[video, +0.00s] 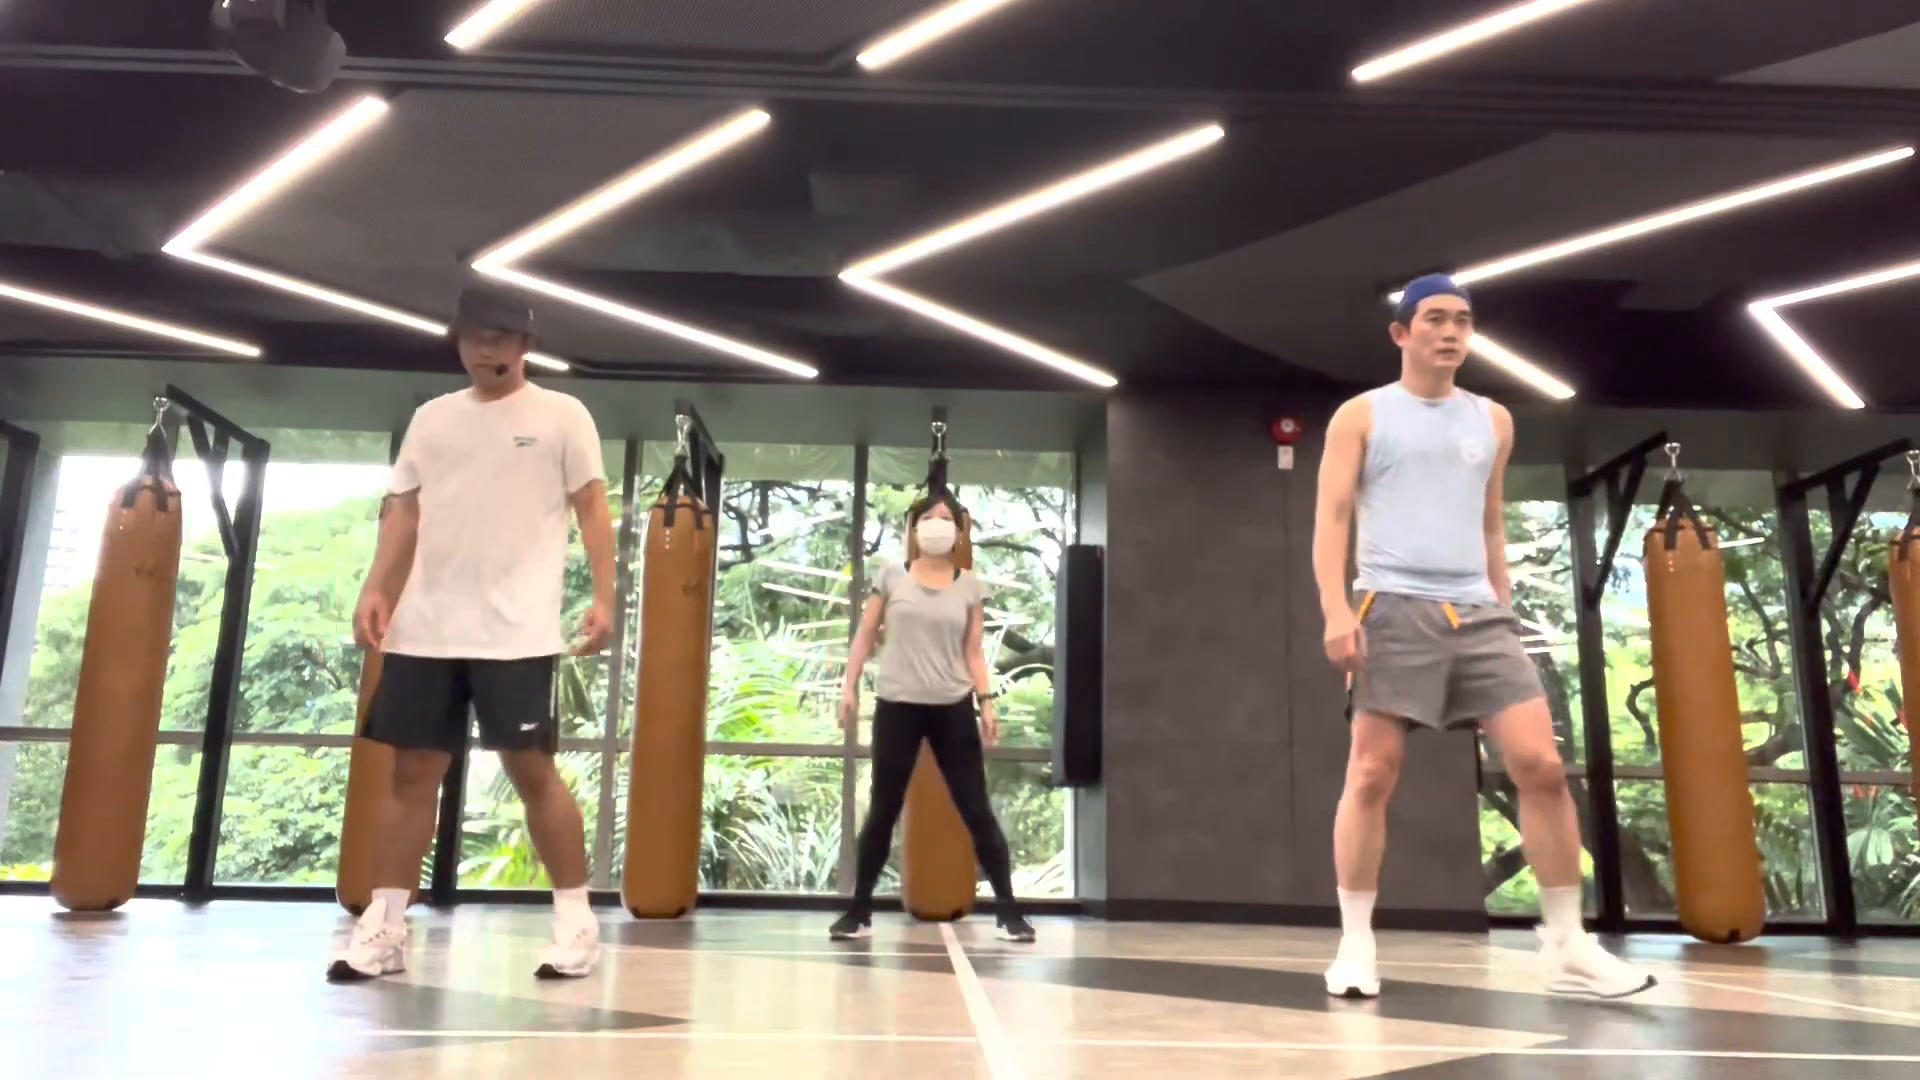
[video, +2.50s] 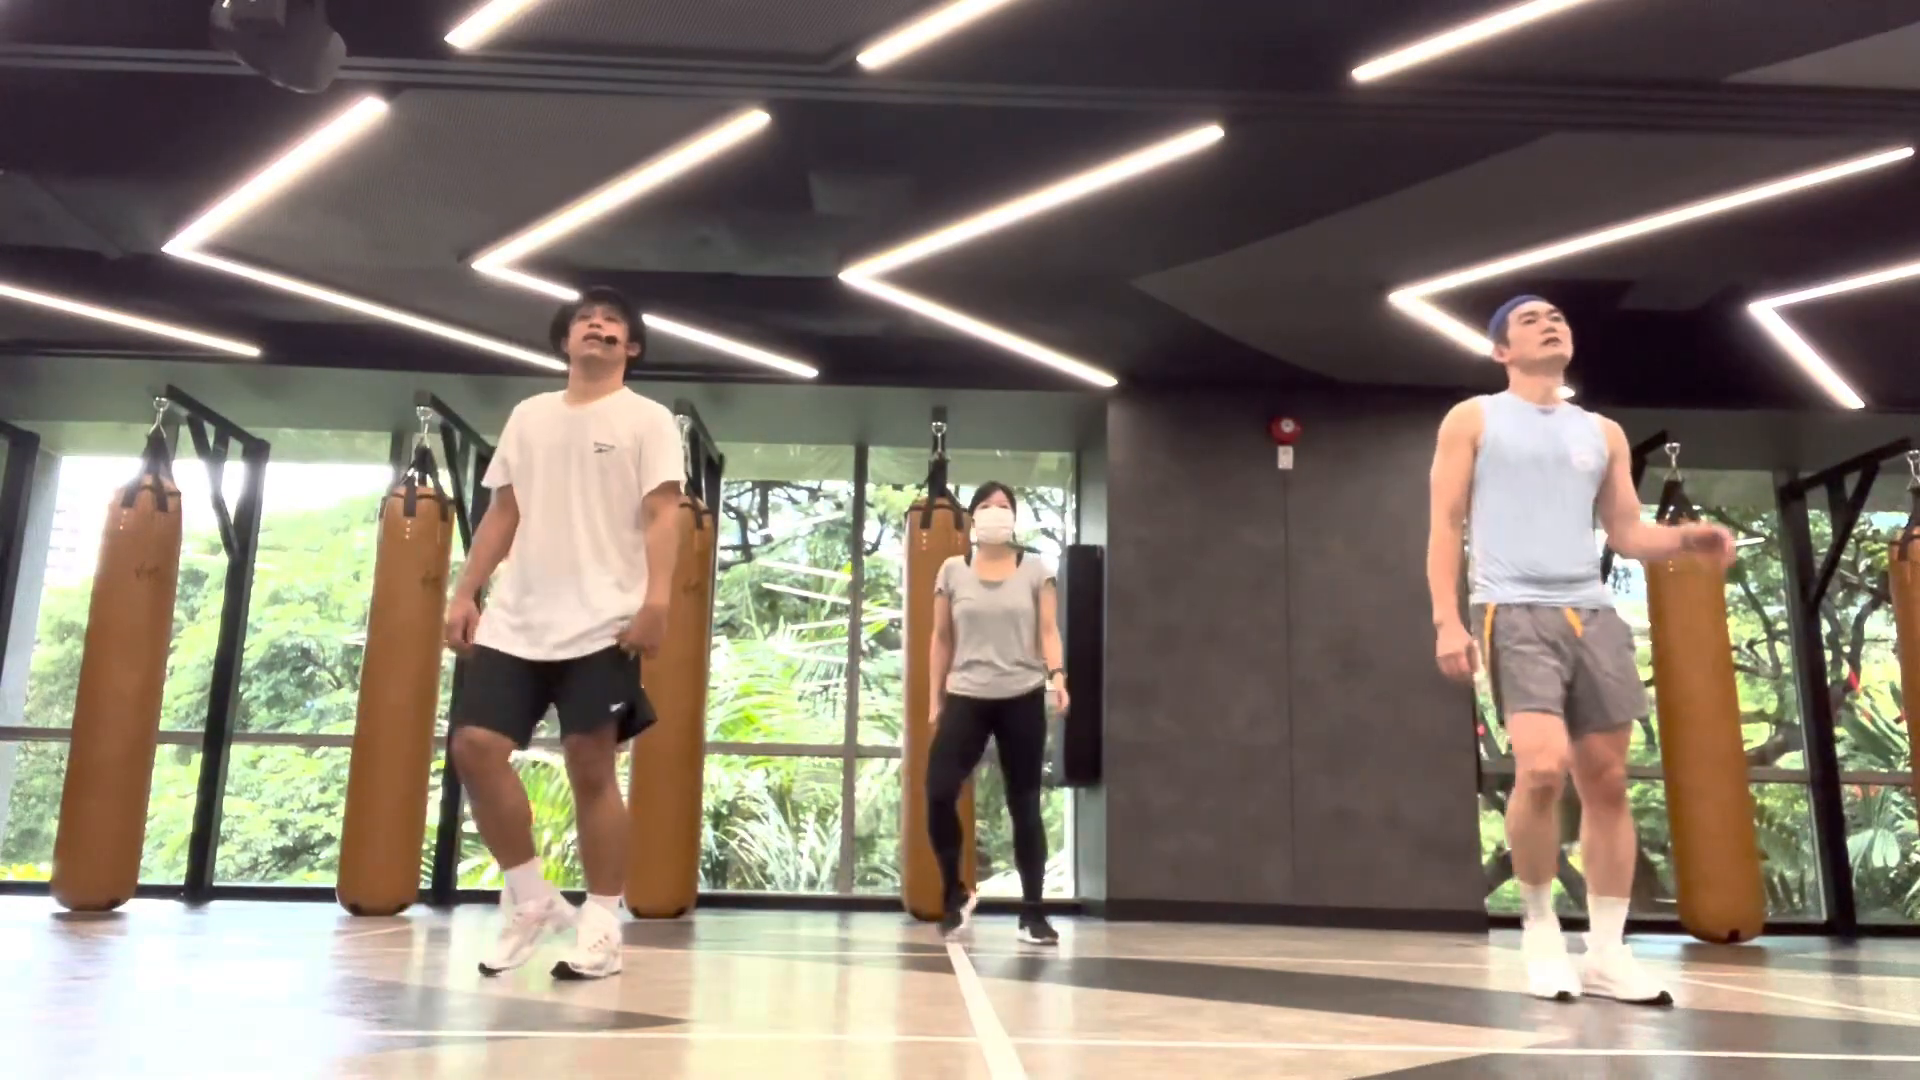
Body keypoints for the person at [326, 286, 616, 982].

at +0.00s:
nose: (491, 350)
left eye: (504, 336)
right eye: (478, 337)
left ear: (527, 342)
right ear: (458, 342)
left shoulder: (563, 416)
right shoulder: (429, 421)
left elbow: (592, 510)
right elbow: (401, 514)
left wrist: (603, 596)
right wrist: (377, 588)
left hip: (516, 631)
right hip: (424, 629)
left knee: (533, 772)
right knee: (411, 772)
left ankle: (576, 925)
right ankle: (385, 931)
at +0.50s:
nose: (591, 323)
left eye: (606, 321)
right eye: (580, 316)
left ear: (626, 349)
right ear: (557, 341)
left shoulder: (646, 422)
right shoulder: (515, 408)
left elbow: (658, 517)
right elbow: (489, 502)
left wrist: (651, 610)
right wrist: (454, 579)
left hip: (594, 625)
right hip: (505, 617)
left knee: (582, 770)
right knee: (486, 752)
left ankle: (582, 928)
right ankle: (519, 914)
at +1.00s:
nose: (543, 332)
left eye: (559, 328)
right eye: (532, 325)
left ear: (582, 355)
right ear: (514, 345)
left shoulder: (600, 416)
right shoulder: (478, 413)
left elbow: (615, 511)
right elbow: (451, 506)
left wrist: (610, 601)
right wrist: (411, 585)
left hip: (555, 626)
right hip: (469, 621)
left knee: (564, 772)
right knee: (435, 770)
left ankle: (581, 929)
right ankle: (405, 928)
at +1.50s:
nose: (460, 327)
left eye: (475, 320)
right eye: (447, 322)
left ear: (502, 341)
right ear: (432, 345)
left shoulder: (539, 405)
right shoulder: (407, 426)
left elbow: (562, 495)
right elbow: (379, 523)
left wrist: (554, 569)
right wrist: (338, 604)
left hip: (499, 616)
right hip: (412, 621)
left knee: (473, 746)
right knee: (410, 769)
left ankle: (455, 922)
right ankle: (400, 925)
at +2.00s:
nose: (538, 334)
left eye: (553, 330)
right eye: (525, 328)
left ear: (574, 355)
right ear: (505, 351)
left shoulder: (605, 412)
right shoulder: (479, 426)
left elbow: (616, 502)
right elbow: (452, 527)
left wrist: (593, 584)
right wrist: (418, 600)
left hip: (562, 626)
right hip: (473, 628)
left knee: (574, 769)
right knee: (441, 773)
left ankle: (598, 933)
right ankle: (406, 929)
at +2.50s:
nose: (599, 327)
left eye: (613, 323)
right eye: (586, 318)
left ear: (631, 349)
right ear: (563, 341)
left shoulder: (649, 420)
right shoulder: (527, 416)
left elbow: (663, 514)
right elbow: (502, 513)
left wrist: (655, 605)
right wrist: (467, 591)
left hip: (600, 622)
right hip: (513, 620)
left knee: (590, 763)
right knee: (475, 750)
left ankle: (602, 924)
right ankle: (530, 902)